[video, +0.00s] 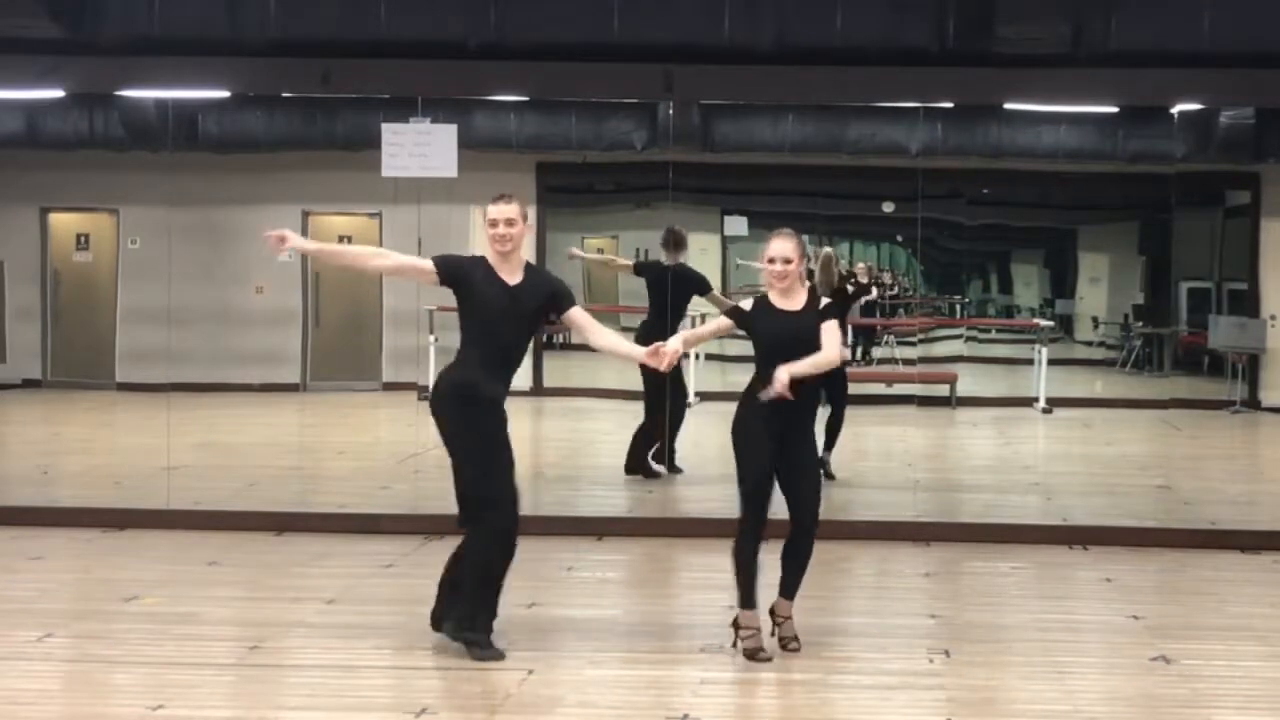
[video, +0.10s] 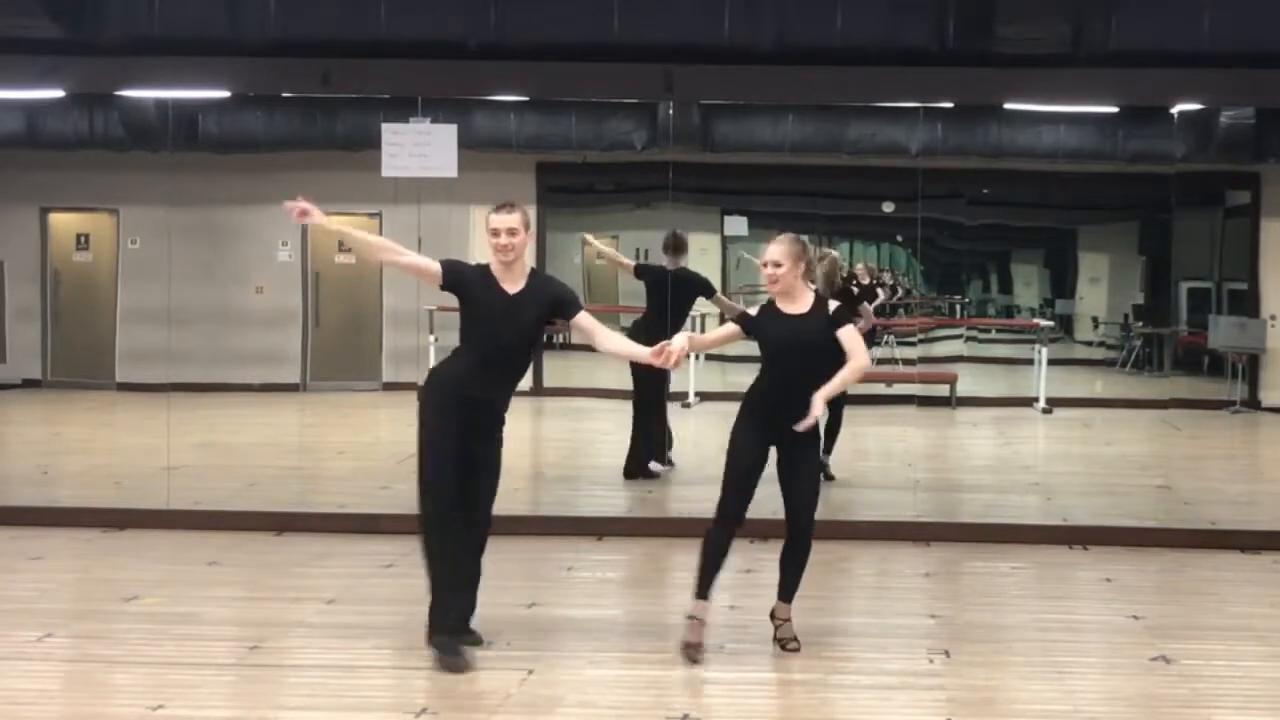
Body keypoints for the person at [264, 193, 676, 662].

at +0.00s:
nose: (502, 231)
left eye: (510, 223)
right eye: (494, 223)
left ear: (526, 229)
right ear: (484, 229)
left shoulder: (545, 286)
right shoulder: (465, 270)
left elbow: (594, 332)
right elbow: (381, 261)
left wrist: (643, 354)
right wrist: (305, 245)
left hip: (486, 404)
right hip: (460, 400)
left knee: (494, 518)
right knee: (498, 518)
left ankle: (451, 610)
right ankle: (471, 626)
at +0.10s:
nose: (505, 241)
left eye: (513, 232)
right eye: (496, 233)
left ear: (529, 237)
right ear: (487, 237)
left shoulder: (549, 292)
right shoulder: (468, 278)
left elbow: (601, 335)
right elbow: (396, 254)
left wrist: (650, 354)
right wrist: (327, 223)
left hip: (489, 413)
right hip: (445, 403)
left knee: (476, 518)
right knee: (443, 514)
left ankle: (457, 621)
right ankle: (443, 629)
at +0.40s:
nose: (495, 252)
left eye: (504, 244)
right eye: (487, 245)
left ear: (521, 248)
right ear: (479, 250)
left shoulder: (543, 304)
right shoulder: (465, 289)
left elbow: (602, 340)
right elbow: (407, 258)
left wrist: (657, 354)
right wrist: (384, 223)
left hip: (498, 437)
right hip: (446, 427)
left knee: (488, 532)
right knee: (406, 514)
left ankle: (450, 620)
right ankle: (352, 586)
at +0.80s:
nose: (496, 229)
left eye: (505, 222)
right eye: (489, 222)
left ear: (521, 232)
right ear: (479, 232)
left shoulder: (533, 295)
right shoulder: (455, 286)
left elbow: (586, 340)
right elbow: (419, 340)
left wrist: (617, 370)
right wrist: (399, 320)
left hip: (499, 414)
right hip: (470, 412)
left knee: (445, 516)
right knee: (504, 507)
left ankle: (495, 609)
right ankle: (564, 581)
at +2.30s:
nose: (465, 205)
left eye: (475, 197)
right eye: (458, 197)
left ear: (493, 207)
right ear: (448, 206)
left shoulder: (513, 273)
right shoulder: (420, 259)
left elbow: (552, 330)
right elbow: (336, 252)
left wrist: (587, 355)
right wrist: (256, 238)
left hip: (495, 399)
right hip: (441, 405)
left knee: (481, 457)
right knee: (458, 536)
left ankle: (425, 518)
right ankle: (473, 657)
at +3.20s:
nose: (477, 231)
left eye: (487, 223)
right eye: (470, 224)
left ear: (507, 232)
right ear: (460, 232)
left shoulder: (528, 296)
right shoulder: (439, 289)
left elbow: (579, 350)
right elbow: (351, 296)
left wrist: (627, 378)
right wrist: (268, 283)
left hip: (501, 433)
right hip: (446, 431)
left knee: (492, 539)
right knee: (465, 542)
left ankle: (462, 606)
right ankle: (481, 652)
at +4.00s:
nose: (469, 238)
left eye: (480, 229)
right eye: (461, 230)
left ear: (502, 235)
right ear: (454, 236)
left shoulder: (521, 305)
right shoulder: (433, 275)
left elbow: (571, 365)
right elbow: (355, 242)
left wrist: (618, 409)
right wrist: (277, 218)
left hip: (501, 448)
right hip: (444, 443)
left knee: (481, 574)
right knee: (433, 572)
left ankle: (445, 698)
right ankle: (459, 648)